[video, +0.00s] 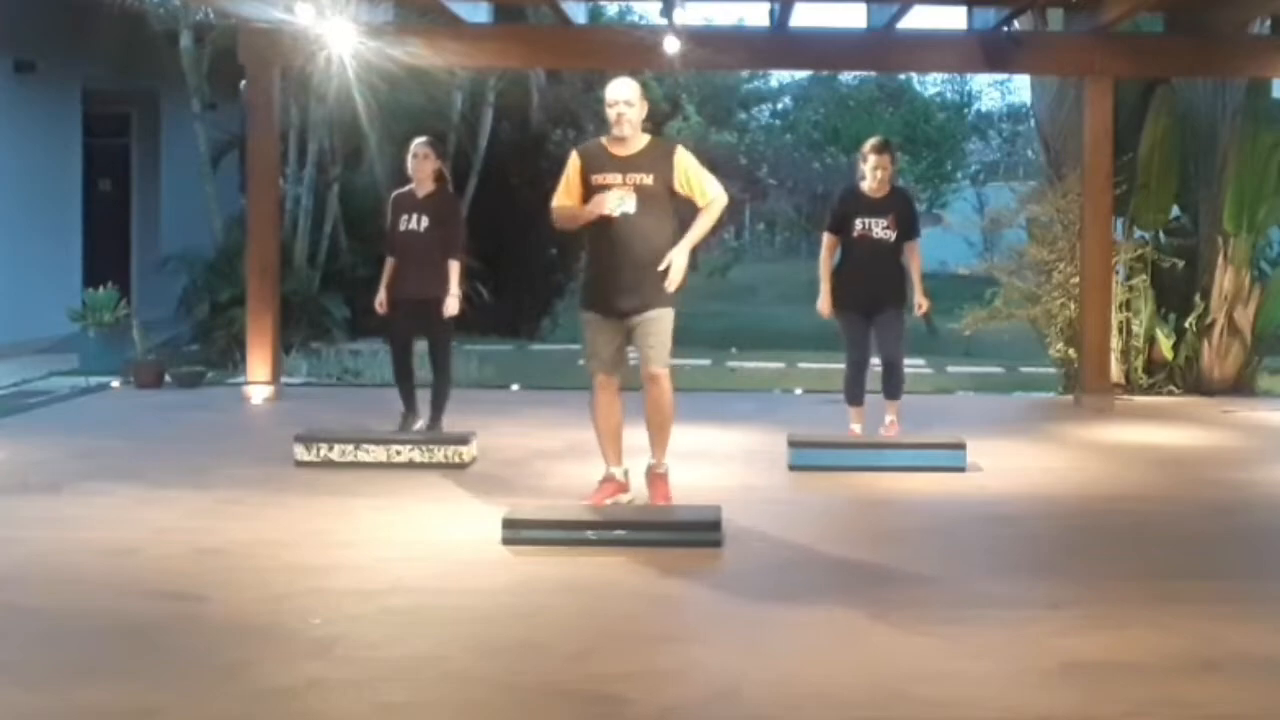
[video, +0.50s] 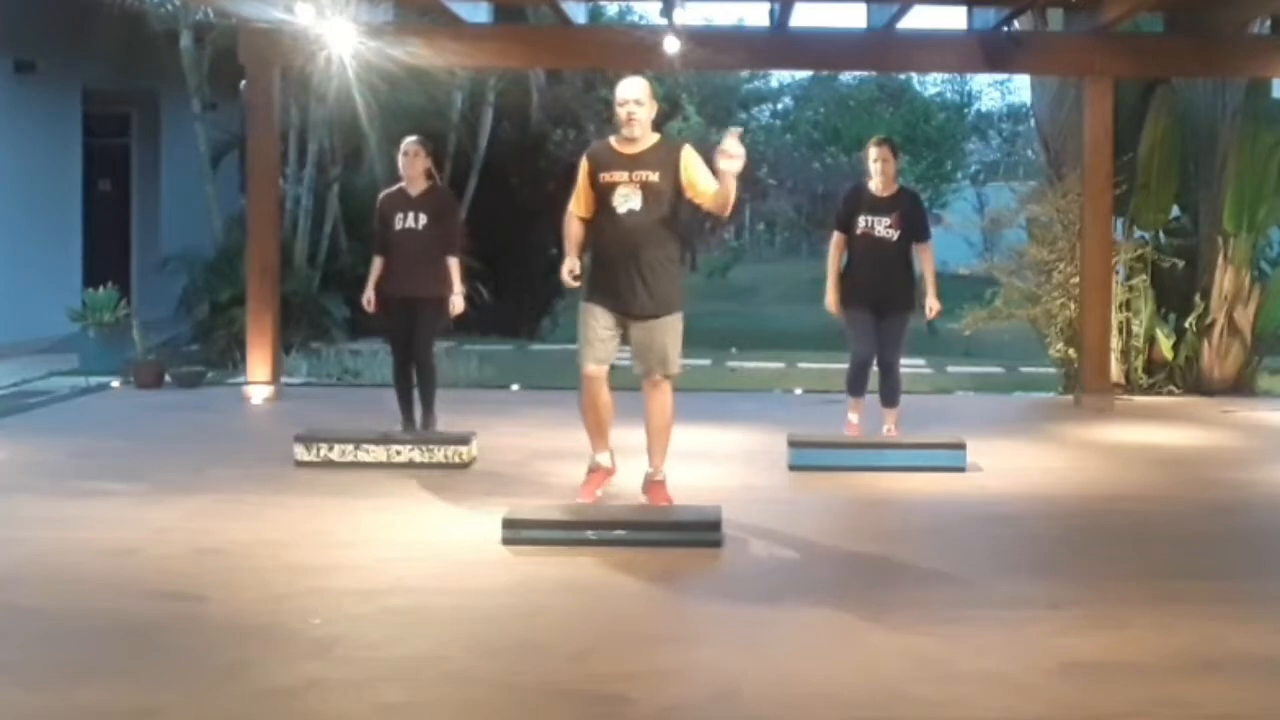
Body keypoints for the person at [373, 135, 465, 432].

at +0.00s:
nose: (417, 162)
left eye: (424, 157)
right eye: (413, 156)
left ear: (437, 163)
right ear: (407, 162)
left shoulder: (448, 201)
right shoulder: (398, 199)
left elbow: (454, 250)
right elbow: (392, 248)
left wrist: (454, 291)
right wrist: (383, 286)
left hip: (436, 293)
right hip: (402, 292)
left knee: (439, 359)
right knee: (400, 355)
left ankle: (435, 417)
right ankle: (409, 411)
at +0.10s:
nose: (416, 162)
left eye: (423, 156)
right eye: (413, 156)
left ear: (436, 163)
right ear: (406, 162)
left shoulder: (448, 200)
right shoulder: (397, 199)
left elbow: (454, 249)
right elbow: (391, 249)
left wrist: (452, 289)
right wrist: (383, 288)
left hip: (436, 292)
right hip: (402, 291)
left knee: (438, 360)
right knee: (402, 359)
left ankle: (435, 419)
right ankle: (406, 416)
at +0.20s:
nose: (413, 161)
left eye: (420, 156)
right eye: (410, 155)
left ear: (434, 162)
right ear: (404, 161)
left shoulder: (447, 201)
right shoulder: (394, 199)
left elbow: (454, 249)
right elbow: (389, 250)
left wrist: (453, 288)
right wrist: (381, 288)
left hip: (433, 293)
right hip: (400, 292)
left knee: (432, 359)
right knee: (403, 360)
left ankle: (433, 421)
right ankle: (408, 420)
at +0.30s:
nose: (411, 160)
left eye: (418, 155)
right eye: (407, 154)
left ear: (431, 161)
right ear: (401, 159)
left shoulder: (445, 199)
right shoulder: (390, 199)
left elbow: (452, 248)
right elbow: (384, 250)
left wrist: (454, 287)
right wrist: (378, 289)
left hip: (431, 293)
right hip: (398, 293)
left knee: (426, 356)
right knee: (402, 359)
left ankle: (432, 419)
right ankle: (407, 420)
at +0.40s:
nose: (408, 160)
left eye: (415, 155)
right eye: (405, 155)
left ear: (429, 162)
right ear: (399, 160)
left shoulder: (443, 199)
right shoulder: (388, 200)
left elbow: (452, 248)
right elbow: (382, 250)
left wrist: (456, 289)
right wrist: (373, 288)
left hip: (431, 293)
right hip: (396, 293)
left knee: (422, 353)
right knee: (401, 359)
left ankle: (431, 418)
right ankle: (407, 421)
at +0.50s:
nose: (408, 160)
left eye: (414, 155)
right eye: (404, 154)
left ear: (428, 161)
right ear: (398, 160)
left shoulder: (442, 199)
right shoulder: (387, 199)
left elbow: (452, 249)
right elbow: (380, 248)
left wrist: (457, 290)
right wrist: (370, 285)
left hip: (430, 293)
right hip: (395, 293)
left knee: (422, 354)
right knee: (401, 358)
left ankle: (428, 418)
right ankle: (407, 421)